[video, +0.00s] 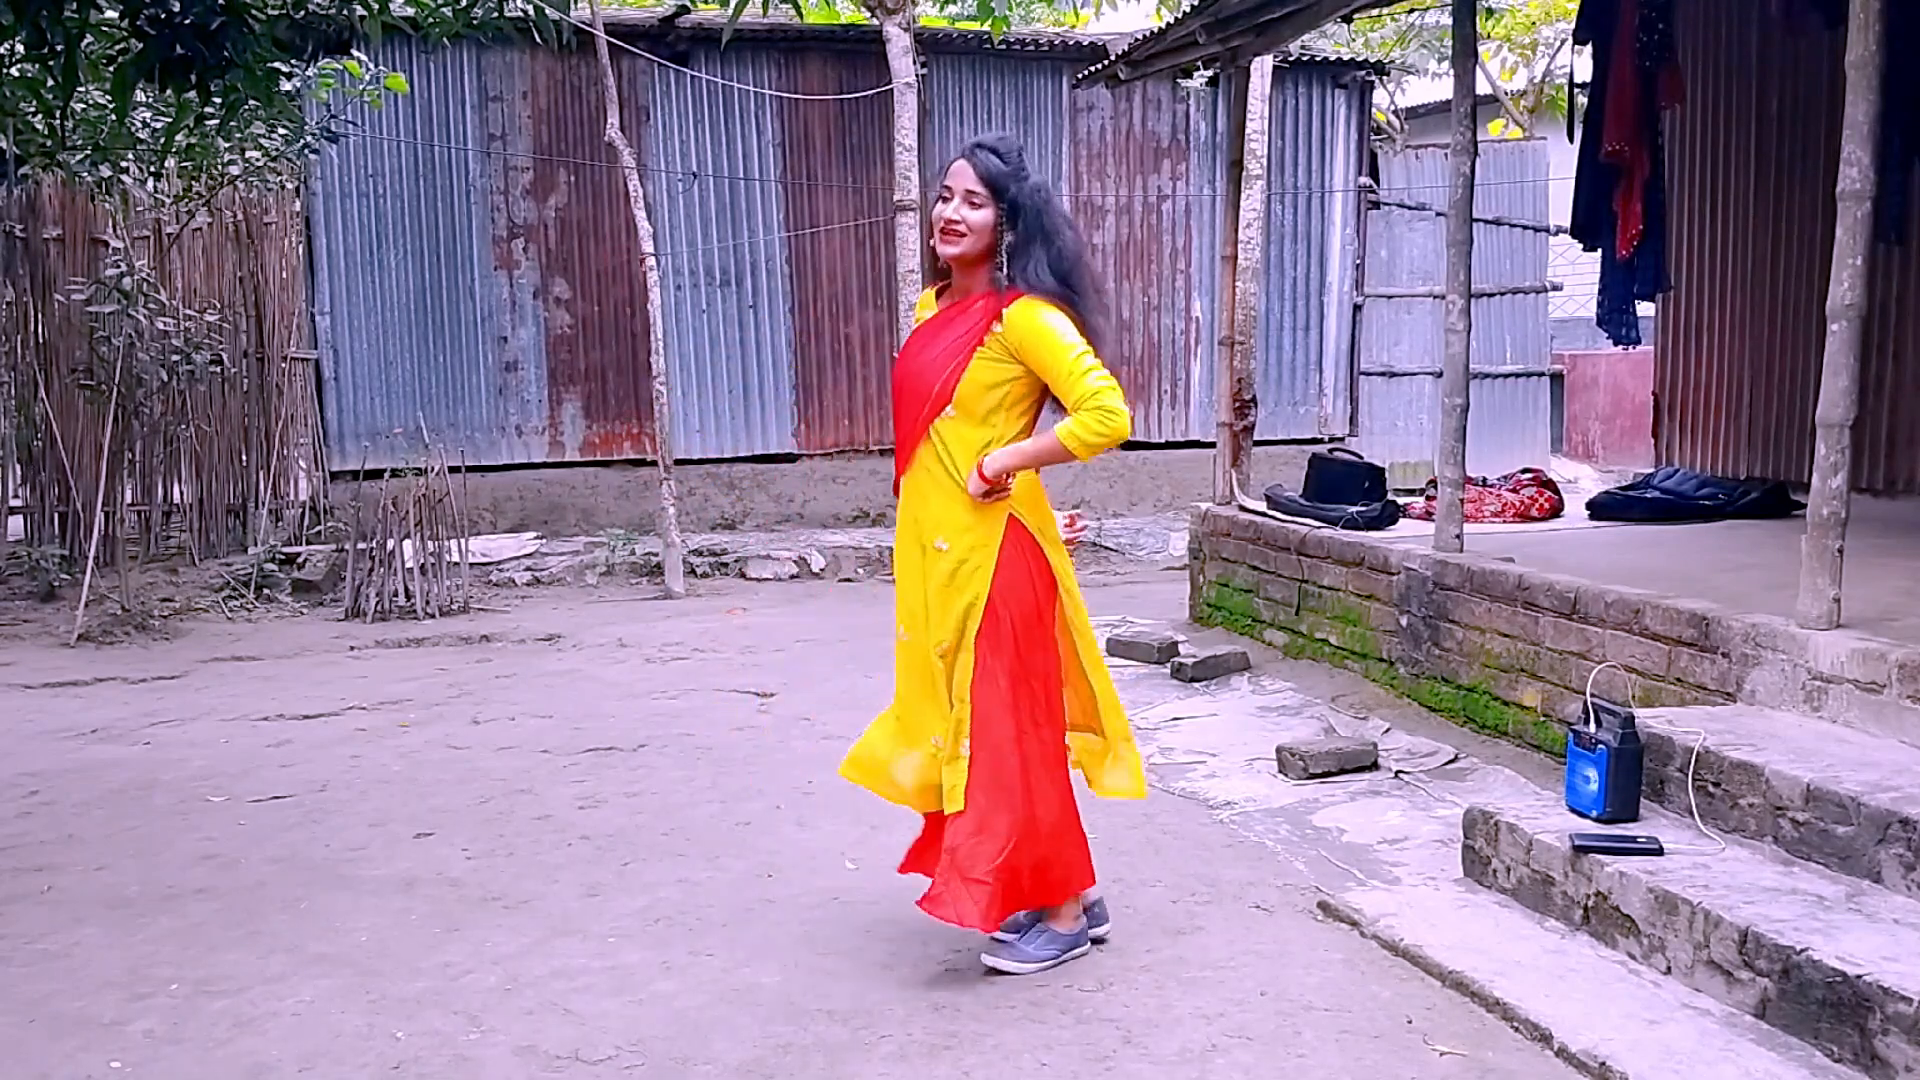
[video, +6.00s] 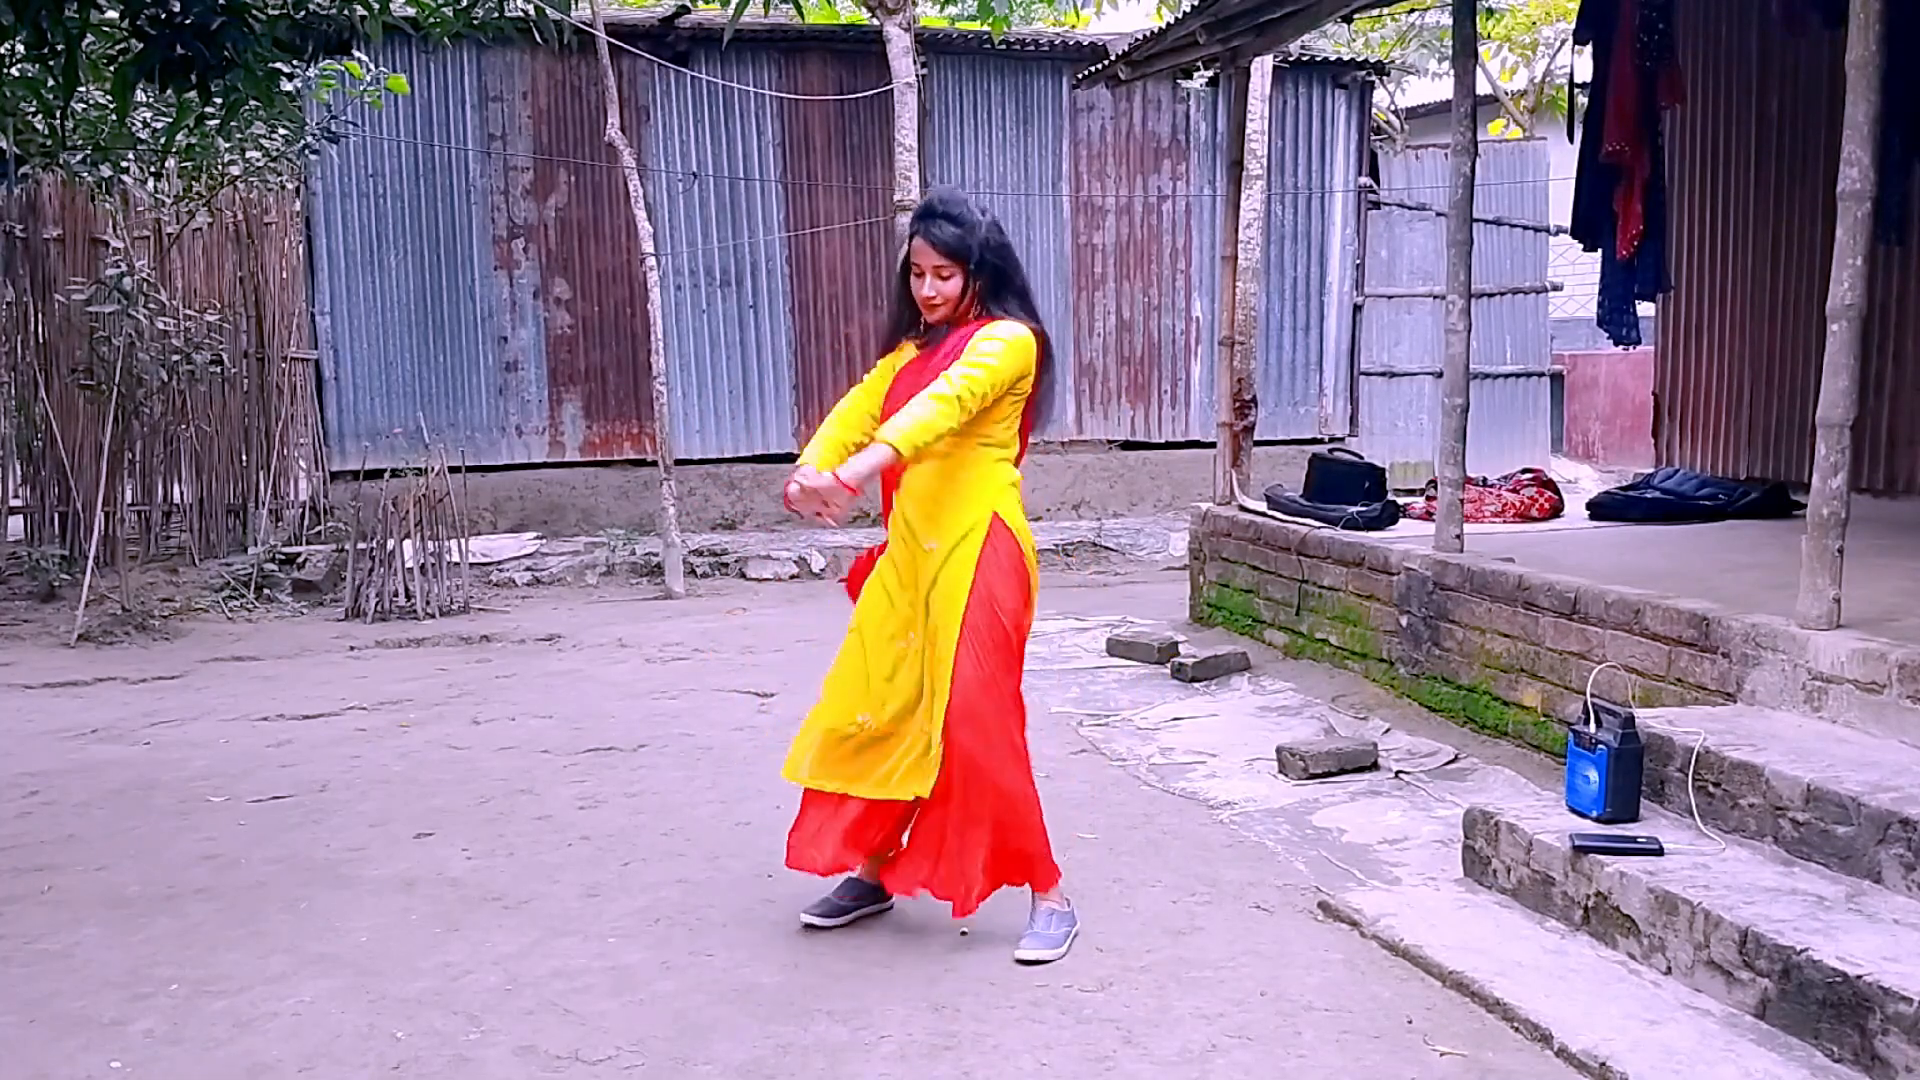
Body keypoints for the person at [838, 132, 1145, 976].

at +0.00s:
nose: (950, 211)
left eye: (972, 200)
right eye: (945, 196)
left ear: (1007, 220)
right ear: (933, 209)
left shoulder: (1025, 316)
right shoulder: (934, 310)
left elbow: (1106, 415)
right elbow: (958, 428)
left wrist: (1005, 461)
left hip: (999, 545)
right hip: (944, 543)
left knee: (1008, 722)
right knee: (988, 721)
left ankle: (1067, 907)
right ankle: (1057, 890)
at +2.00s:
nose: (968, 258)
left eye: (983, 243)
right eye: (959, 248)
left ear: (1022, 250)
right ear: (951, 263)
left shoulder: (1055, 328)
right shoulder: (941, 341)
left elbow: (1018, 401)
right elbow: (907, 433)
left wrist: (953, 323)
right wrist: (872, 455)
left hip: (999, 555)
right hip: (917, 550)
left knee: (1027, 725)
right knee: (887, 698)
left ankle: (1066, 900)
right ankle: (903, 860)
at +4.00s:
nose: (943, 314)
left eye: (956, 297)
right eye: (930, 300)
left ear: (991, 299)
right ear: (919, 306)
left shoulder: (1026, 376)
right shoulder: (904, 372)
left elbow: (1109, 388)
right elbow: (854, 404)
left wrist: (1019, 394)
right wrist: (928, 409)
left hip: (1015, 577)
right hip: (926, 582)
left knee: (1032, 733)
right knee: (870, 727)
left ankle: (1051, 900)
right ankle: (873, 876)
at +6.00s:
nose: (927, 290)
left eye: (944, 274)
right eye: (916, 274)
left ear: (978, 273)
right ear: (905, 274)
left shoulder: (1008, 341)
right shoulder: (903, 357)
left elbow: (947, 404)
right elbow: (852, 414)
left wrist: (860, 471)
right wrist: (813, 468)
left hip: (984, 547)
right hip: (912, 550)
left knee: (974, 712)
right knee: (879, 701)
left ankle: (1048, 895)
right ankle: (872, 871)